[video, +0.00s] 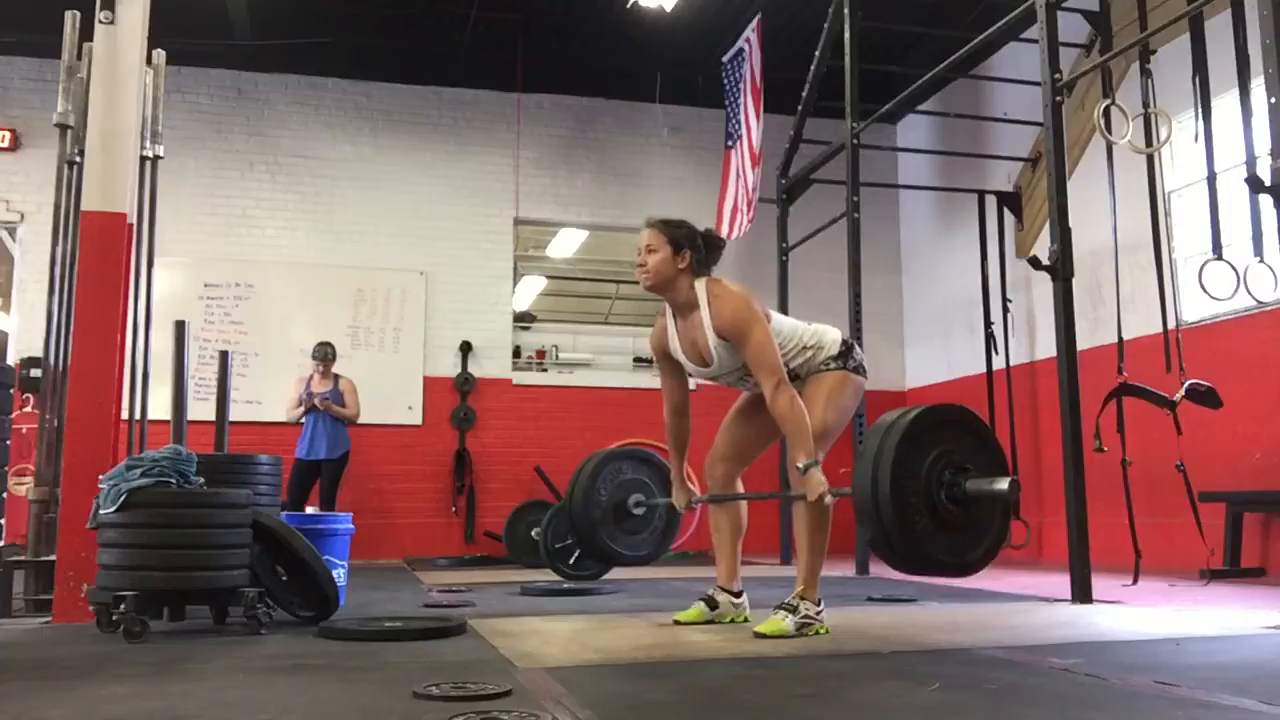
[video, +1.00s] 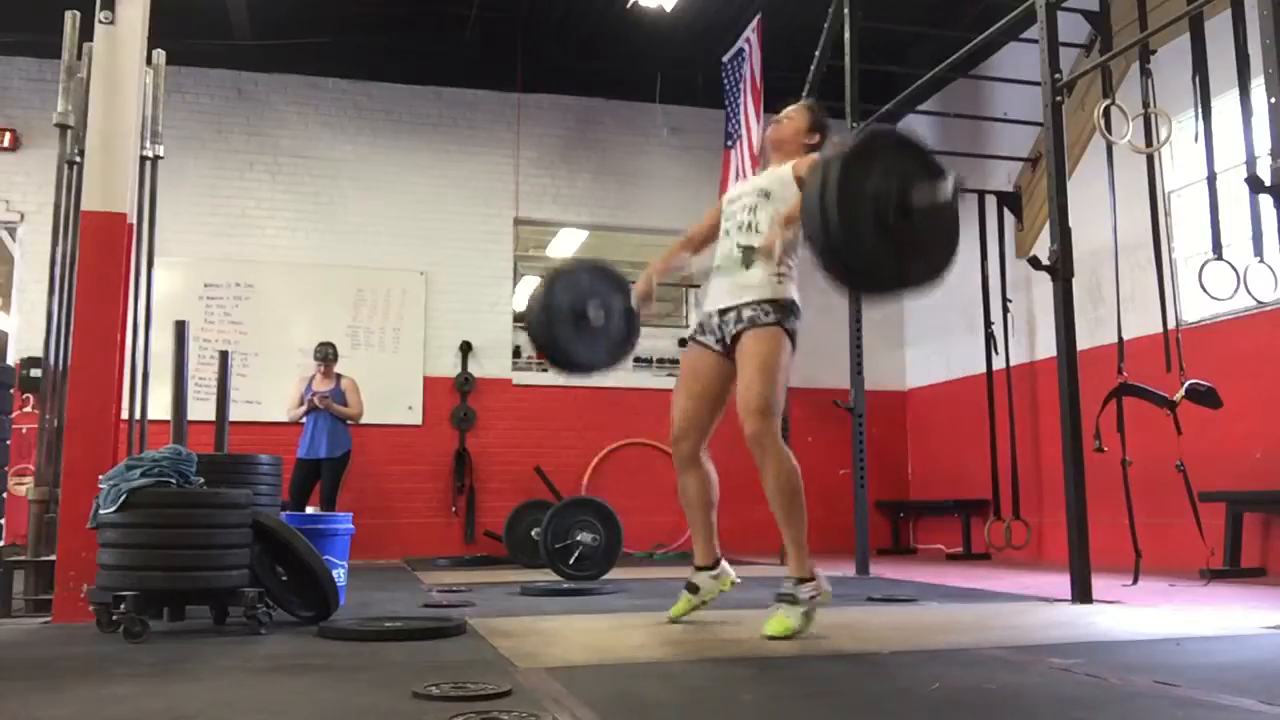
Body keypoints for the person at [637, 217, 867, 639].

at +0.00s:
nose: (640, 261)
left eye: (650, 251)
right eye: (639, 253)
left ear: (683, 258)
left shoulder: (729, 305)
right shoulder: (663, 336)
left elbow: (778, 387)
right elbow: (676, 412)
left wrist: (807, 464)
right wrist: (677, 475)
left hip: (834, 363)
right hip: (780, 377)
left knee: (804, 466)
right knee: (720, 467)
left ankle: (807, 602)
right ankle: (728, 595)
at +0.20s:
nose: (642, 250)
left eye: (652, 240)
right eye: (641, 242)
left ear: (684, 247)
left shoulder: (729, 293)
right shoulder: (664, 325)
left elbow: (778, 374)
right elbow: (677, 397)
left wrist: (807, 452)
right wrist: (678, 465)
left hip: (831, 360)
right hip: (777, 374)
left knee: (807, 464)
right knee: (723, 468)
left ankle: (807, 602)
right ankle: (728, 595)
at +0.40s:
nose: (640, 224)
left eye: (650, 213)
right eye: (640, 215)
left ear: (682, 220)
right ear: (656, 225)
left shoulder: (726, 266)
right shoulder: (662, 303)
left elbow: (776, 345)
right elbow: (675, 374)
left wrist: (804, 419)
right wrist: (677, 444)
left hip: (823, 352)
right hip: (767, 368)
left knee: (803, 457)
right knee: (725, 467)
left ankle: (807, 601)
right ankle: (729, 594)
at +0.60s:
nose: (651, 175)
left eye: (662, 167)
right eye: (651, 167)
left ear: (692, 178)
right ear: (663, 184)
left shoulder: (728, 227)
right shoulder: (665, 265)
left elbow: (773, 301)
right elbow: (670, 339)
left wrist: (796, 371)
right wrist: (673, 405)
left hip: (801, 347)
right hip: (751, 361)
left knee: (781, 457)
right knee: (711, 461)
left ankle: (805, 601)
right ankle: (728, 594)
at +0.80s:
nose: (733, 138)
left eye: (746, 133)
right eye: (736, 133)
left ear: (772, 151)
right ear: (739, 154)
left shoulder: (783, 199)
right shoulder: (717, 224)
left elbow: (792, 262)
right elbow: (686, 294)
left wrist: (780, 331)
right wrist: (656, 361)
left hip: (776, 355)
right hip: (726, 362)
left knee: (752, 459)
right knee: (680, 469)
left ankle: (798, 597)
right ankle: (723, 591)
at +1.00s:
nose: (774, 119)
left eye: (788, 115)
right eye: (776, 115)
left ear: (812, 137)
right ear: (769, 133)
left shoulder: (807, 165)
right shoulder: (739, 191)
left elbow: (819, 191)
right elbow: (694, 240)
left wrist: (790, 216)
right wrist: (651, 274)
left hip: (764, 307)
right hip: (713, 314)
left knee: (759, 426)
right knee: (684, 442)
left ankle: (803, 580)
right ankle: (708, 569)